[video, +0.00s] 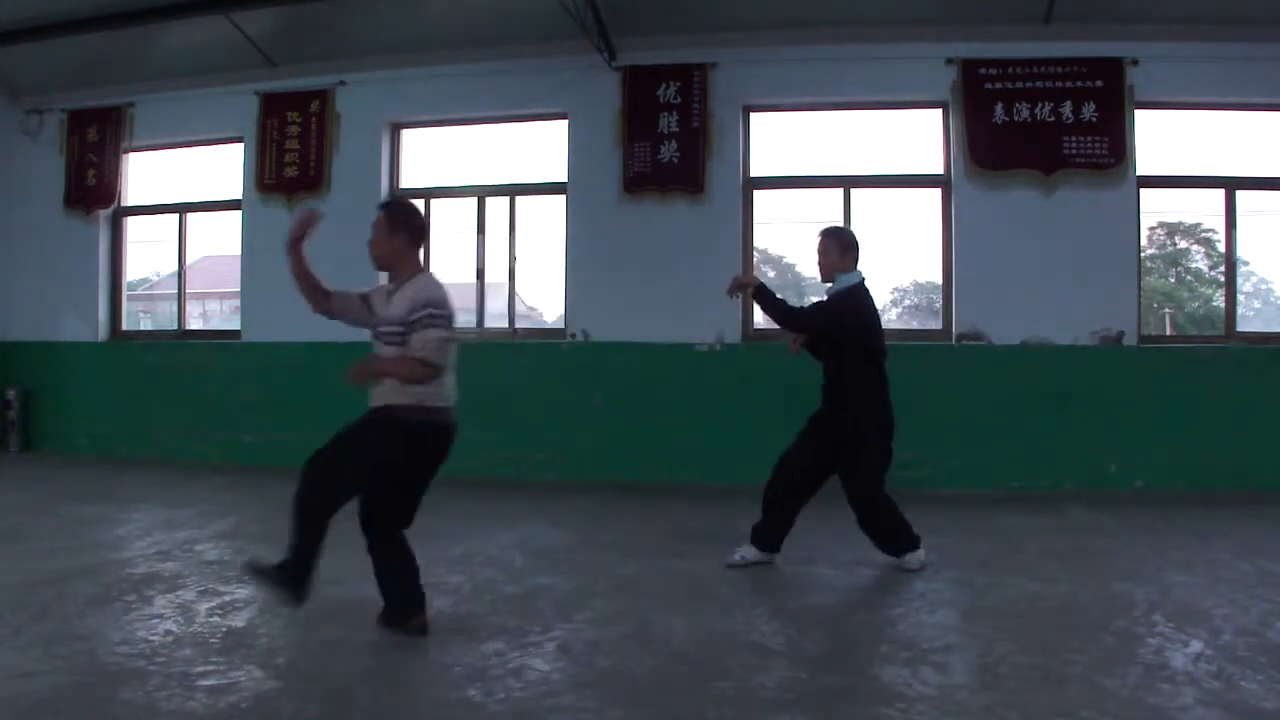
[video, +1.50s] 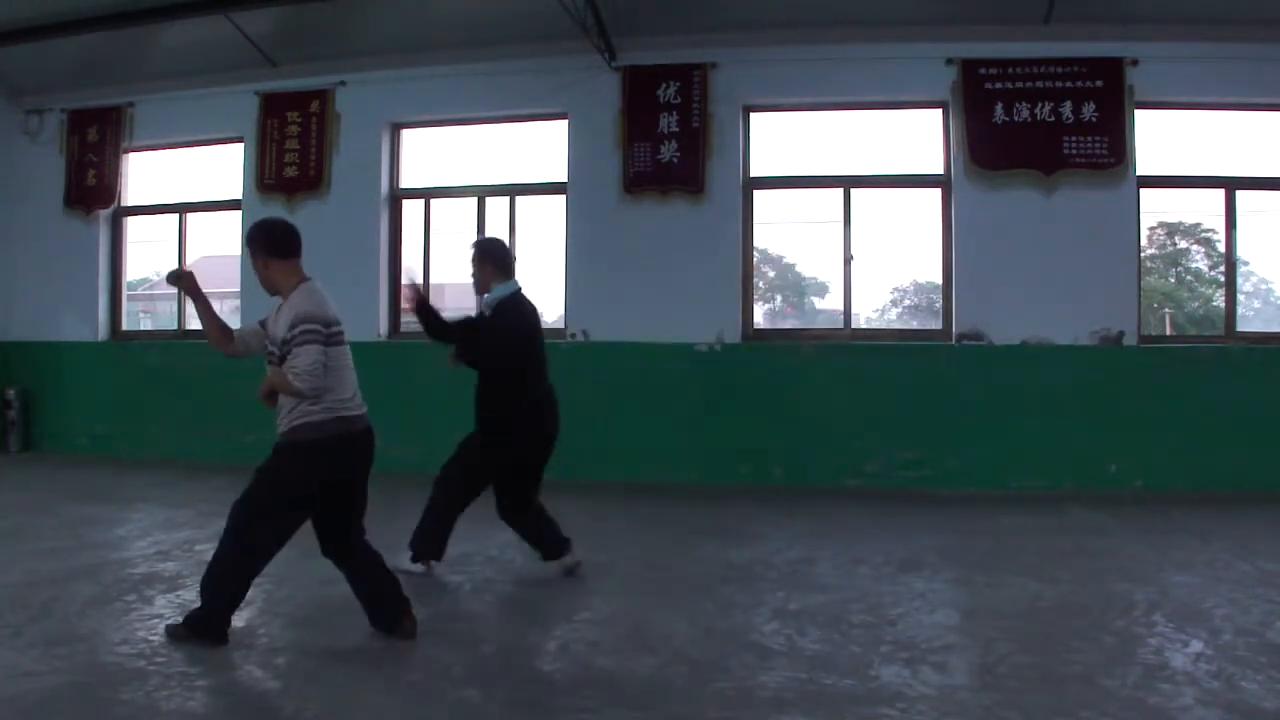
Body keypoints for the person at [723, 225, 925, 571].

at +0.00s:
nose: (817, 260)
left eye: (823, 253)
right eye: (818, 253)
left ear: (844, 256)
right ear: (844, 258)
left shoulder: (847, 301)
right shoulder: (852, 298)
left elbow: (796, 321)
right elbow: (841, 351)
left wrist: (756, 289)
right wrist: (808, 342)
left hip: (856, 414)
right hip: (848, 410)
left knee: (863, 487)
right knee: (792, 473)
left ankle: (909, 548)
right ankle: (764, 545)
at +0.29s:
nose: (761, 274)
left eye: (765, 267)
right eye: (762, 267)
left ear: (782, 270)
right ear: (790, 269)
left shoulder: (789, 312)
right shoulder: (801, 308)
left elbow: (733, 331)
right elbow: (806, 355)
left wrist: (703, 297)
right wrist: (769, 355)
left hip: (803, 421)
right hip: (818, 419)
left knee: (742, 474)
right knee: (842, 491)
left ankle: (700, 544)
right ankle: (907, 547)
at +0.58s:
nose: (657, 247)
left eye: (661, 239)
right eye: (658, 238)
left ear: (677, 240)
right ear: (684, 241)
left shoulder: (700, 284)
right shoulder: (698, 281)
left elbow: (694, 345)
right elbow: (695, 343)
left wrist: (660, 329)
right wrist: (661, 329)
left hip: (709, 397)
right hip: (707, 394)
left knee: (662, 456)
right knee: (668, 457)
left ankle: (684, 546)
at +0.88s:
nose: (608, 238)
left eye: (613, 230)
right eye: (609, 230)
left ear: (631, 233)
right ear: (627, 232)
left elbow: (688, 329)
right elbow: (571, 296)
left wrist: (646, 332)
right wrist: (536, 265)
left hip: (645, 380)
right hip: (618, 375)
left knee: (562, 345)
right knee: (609, 461)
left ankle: (580, 420)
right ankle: (615, 549)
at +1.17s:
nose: (569, 254)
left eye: (572, 246)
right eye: (569, 246)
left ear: (588, 247)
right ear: (597, 248)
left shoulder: (597, 295)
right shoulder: (607, 293)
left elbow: (558, 330)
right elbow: (587, 339)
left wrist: (513, 305)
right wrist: (559, 317)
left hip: (564, 405)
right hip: (589, 407)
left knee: (500, 453)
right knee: (570, 484)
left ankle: (462, 528)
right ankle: (611, 555)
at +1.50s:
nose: (473, 278)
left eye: (476, 270)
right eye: (474, 270)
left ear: (488, 270)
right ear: (504, 269)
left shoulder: (508, 314)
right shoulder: (513, 310)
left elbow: (494, 359)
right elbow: (444, 333)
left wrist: (467, 355)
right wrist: (422, 306)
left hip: (512, 428)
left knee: (453, 485)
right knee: (515, 503)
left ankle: (423, 557)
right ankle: (563, 556)